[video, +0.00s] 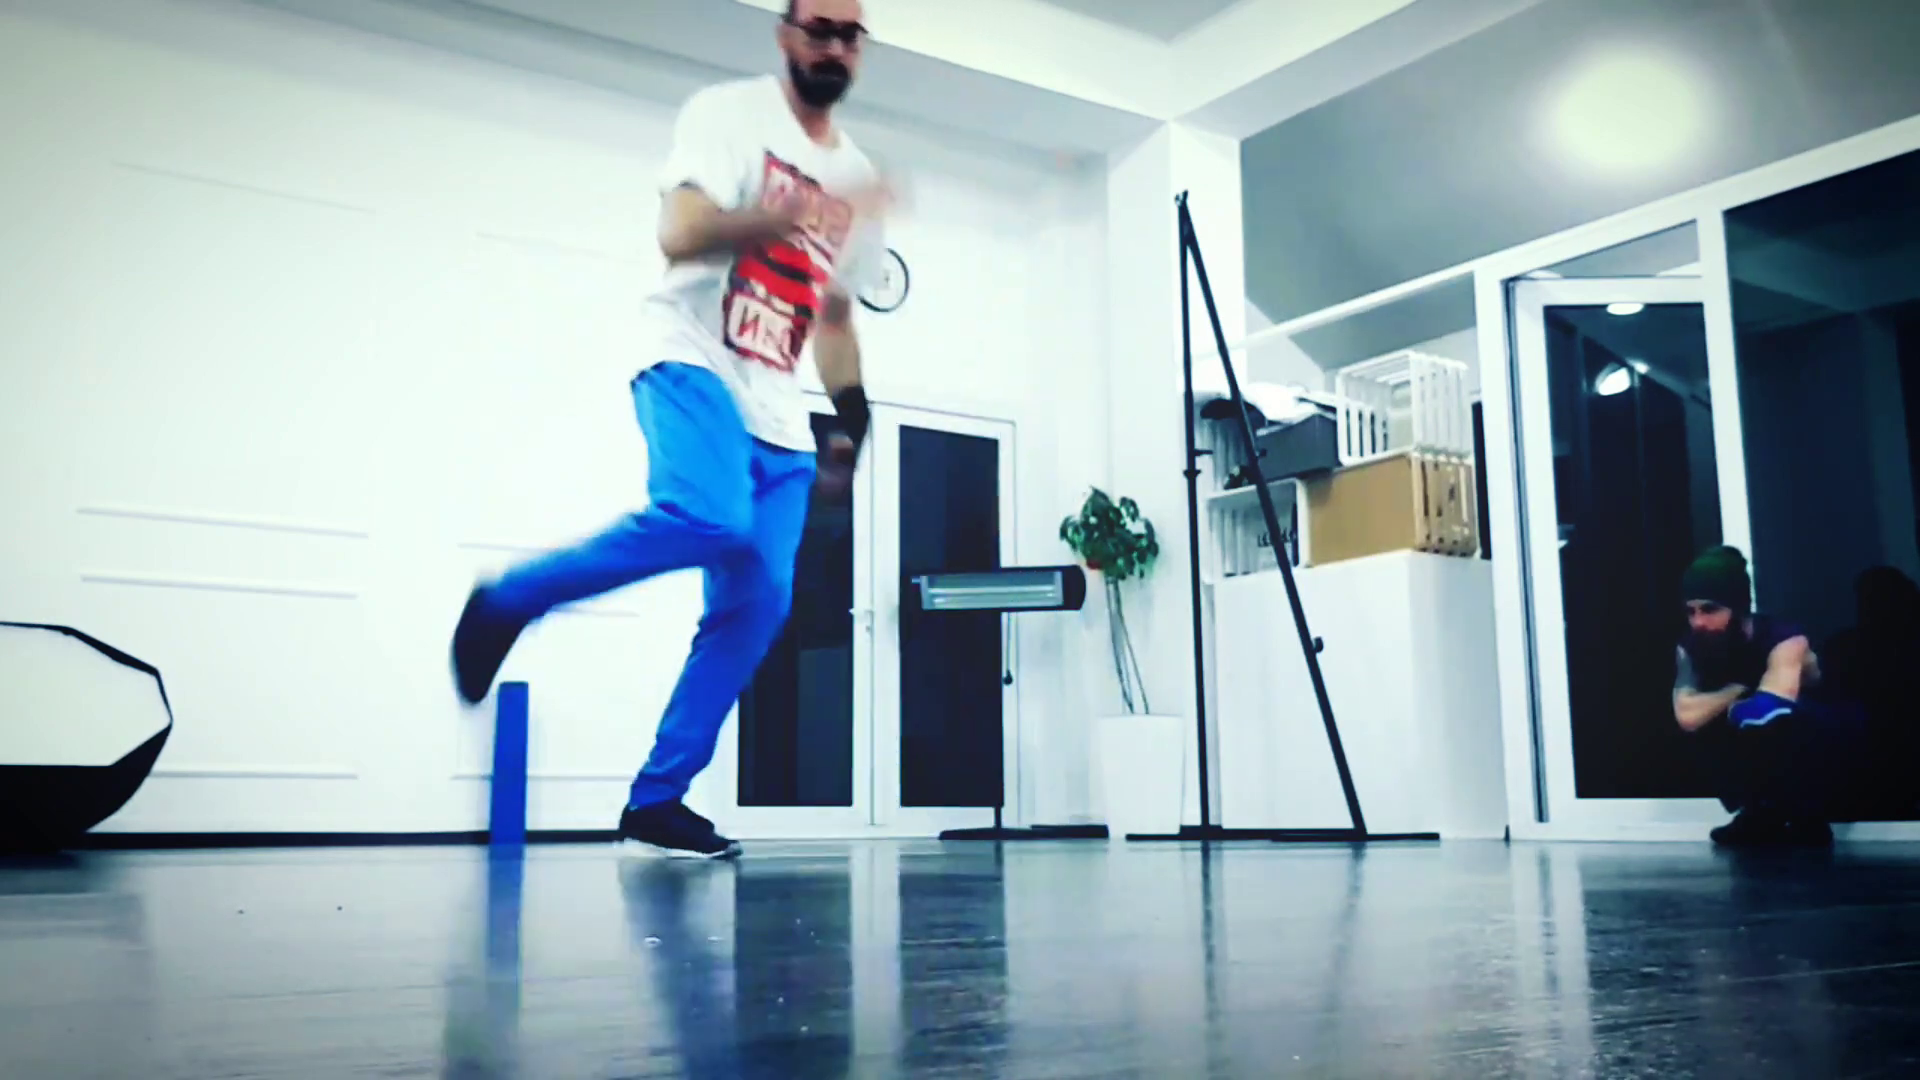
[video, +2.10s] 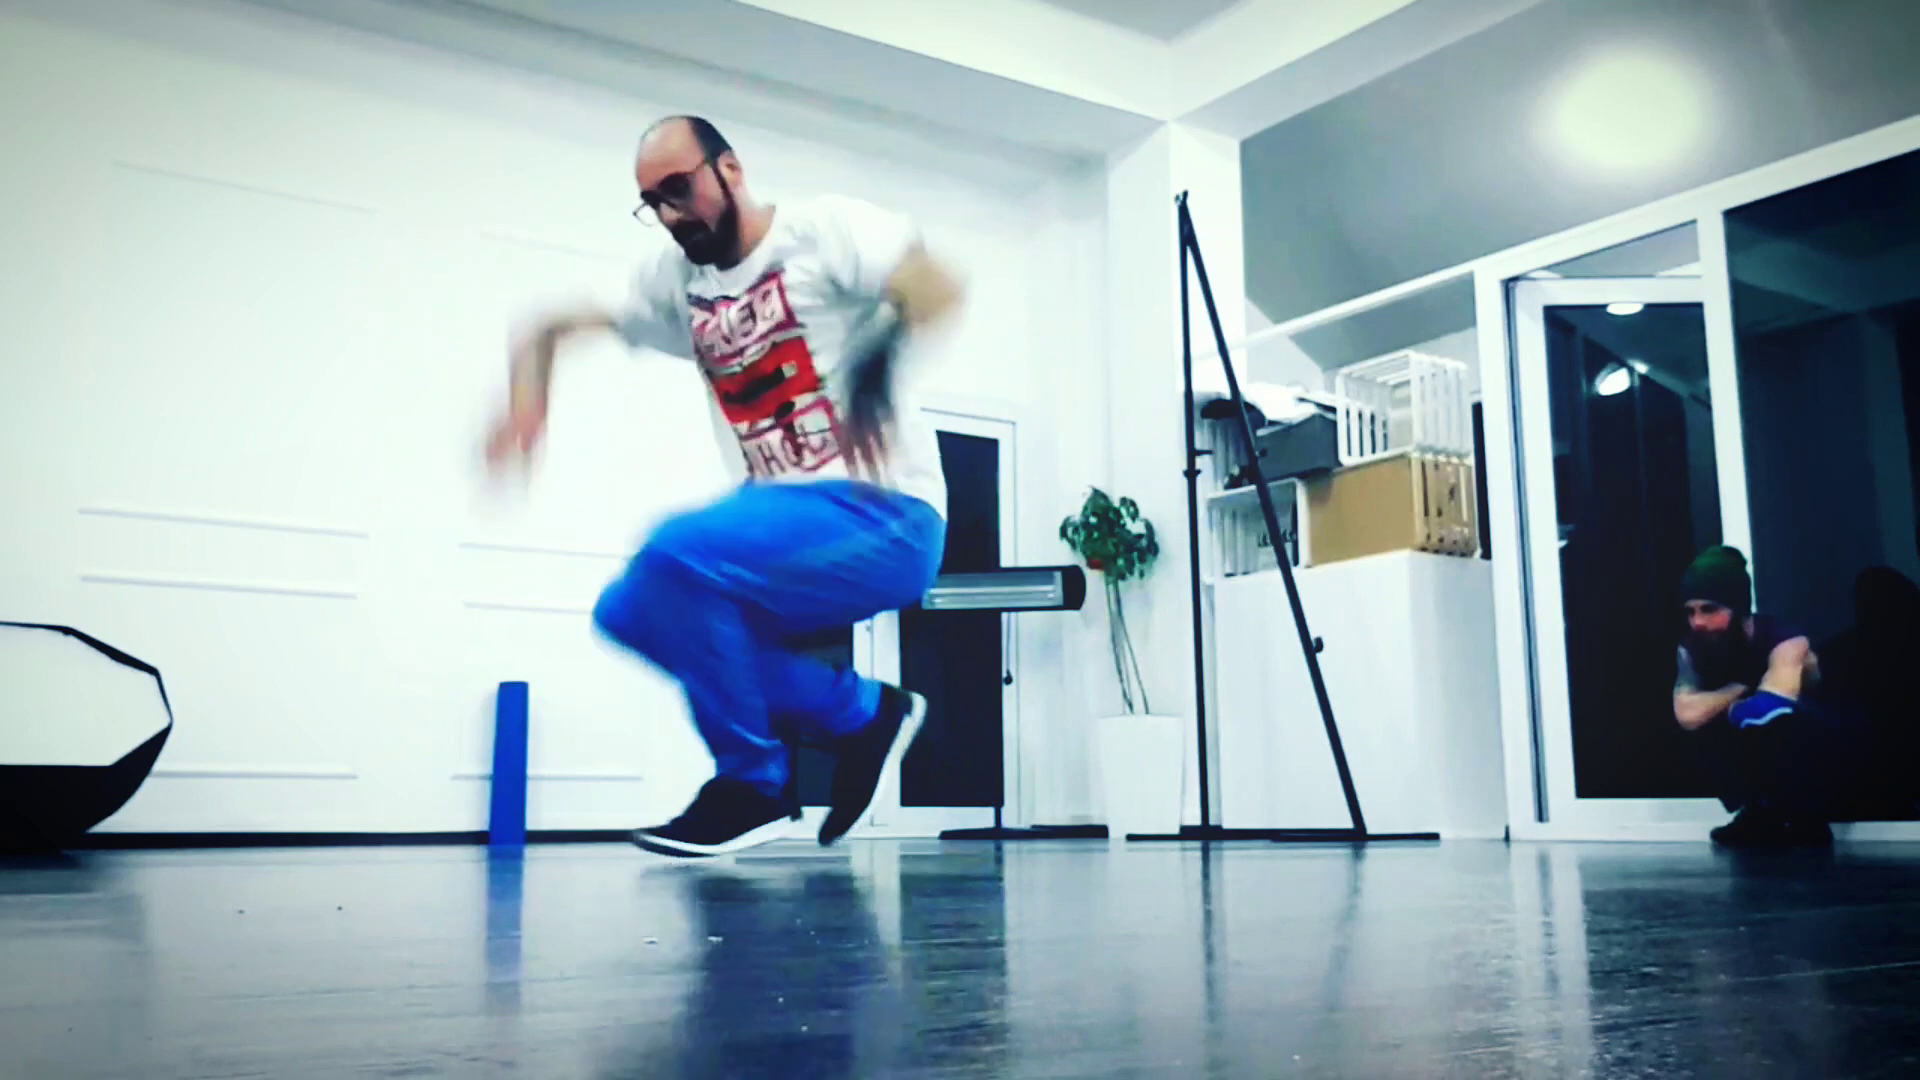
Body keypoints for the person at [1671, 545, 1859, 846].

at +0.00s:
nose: (1698, 622)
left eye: (1709, 610)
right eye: (1691, 612)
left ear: (1737, 607)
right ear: (1685, 611)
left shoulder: (1782, 639)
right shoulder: (1690, 651)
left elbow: (1775, 703)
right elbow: (1687, 716)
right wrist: (1738, 689)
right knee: (1710, 727)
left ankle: (1804, 820)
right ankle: (1756, 813)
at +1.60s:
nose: (1697, 623)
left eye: (1708, 611)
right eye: (1690, 613)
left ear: (1736, 607)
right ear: (1684, 612)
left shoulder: (1779, 637)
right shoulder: (1690, 652)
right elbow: (1688, 715)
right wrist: (1738, 690)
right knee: (1704, 727)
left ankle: (1802, 819)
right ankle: (1755, 814)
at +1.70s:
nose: (1697, 623)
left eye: (1708, 611)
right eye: (1690, 613)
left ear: (1736, 607)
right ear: (1684, 612)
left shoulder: (1777, 637)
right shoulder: (1691, 652)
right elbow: (1688, 715)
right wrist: (1738, 689)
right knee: (1704, 728)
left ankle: (1802, 819)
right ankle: (1755, 814)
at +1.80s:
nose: (1697, 624)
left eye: (1709, 611)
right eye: (1690, 613)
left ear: (1736, 606)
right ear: (1684, 612)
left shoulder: (1777, 638)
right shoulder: (1691, 652)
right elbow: (1688, 715)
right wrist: (1738, 689)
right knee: (1705, 727)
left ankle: (1802, 819)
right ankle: (1755, 814)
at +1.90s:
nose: (1697, 623)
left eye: (1708, 611)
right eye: (1690, 613)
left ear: (1736, 607)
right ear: (1684, 612)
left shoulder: (1780, 638)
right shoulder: (1691, 652)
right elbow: (1688, 715)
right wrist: (1739, 690)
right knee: (1704, 727)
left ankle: (1802, 818)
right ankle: (1754, 814)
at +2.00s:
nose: (1697, 622)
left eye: (1708, 610)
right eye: (1690, 612)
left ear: (1737, 607)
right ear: (1684, 611)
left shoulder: (1778, 637)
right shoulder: (1691, 650)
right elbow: (1687, 714)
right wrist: (1739, 689)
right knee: (1704, 726)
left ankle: (1802, 818)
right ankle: (1754, 814)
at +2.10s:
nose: (1697, 623)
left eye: (1709, 610)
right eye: (1691, 612)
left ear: (1738, 607)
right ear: (1685, 612)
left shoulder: (1782, 637)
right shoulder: (1690, 652)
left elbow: (1775, 705)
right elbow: (1688, 714)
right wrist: (1742, 687)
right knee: (1705, 725)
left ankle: (1799, 818)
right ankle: (1755, 813)